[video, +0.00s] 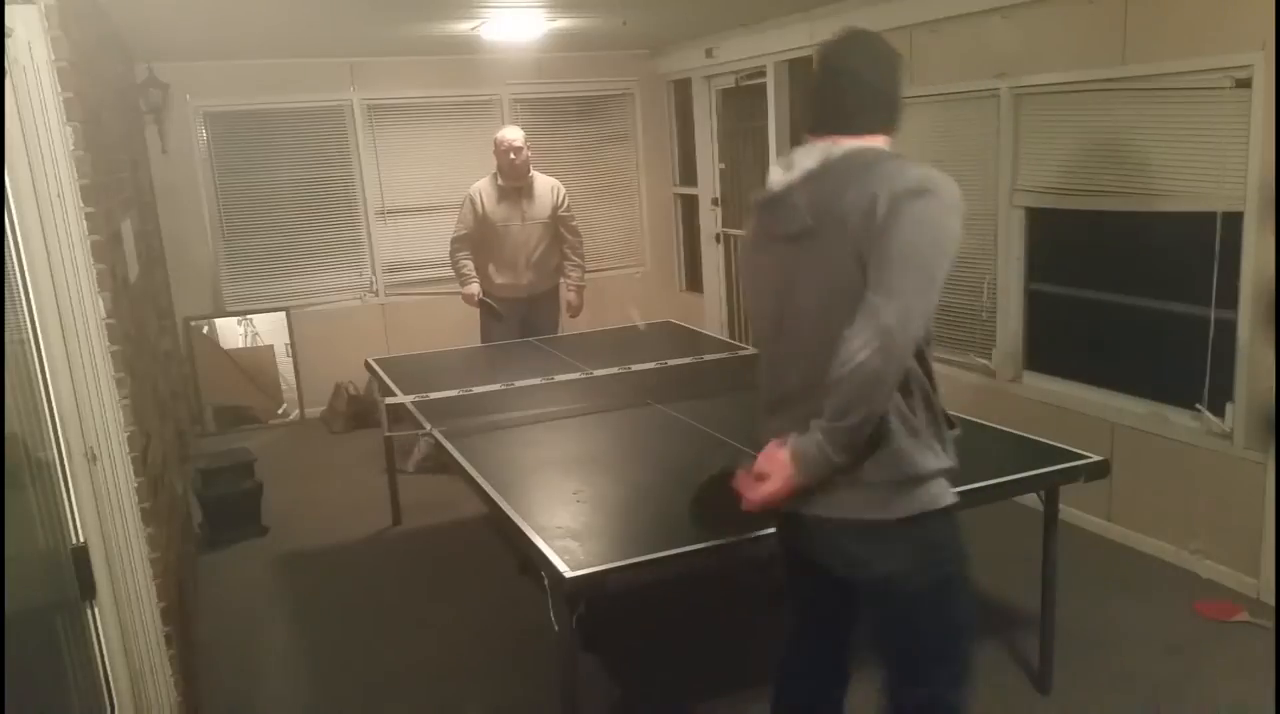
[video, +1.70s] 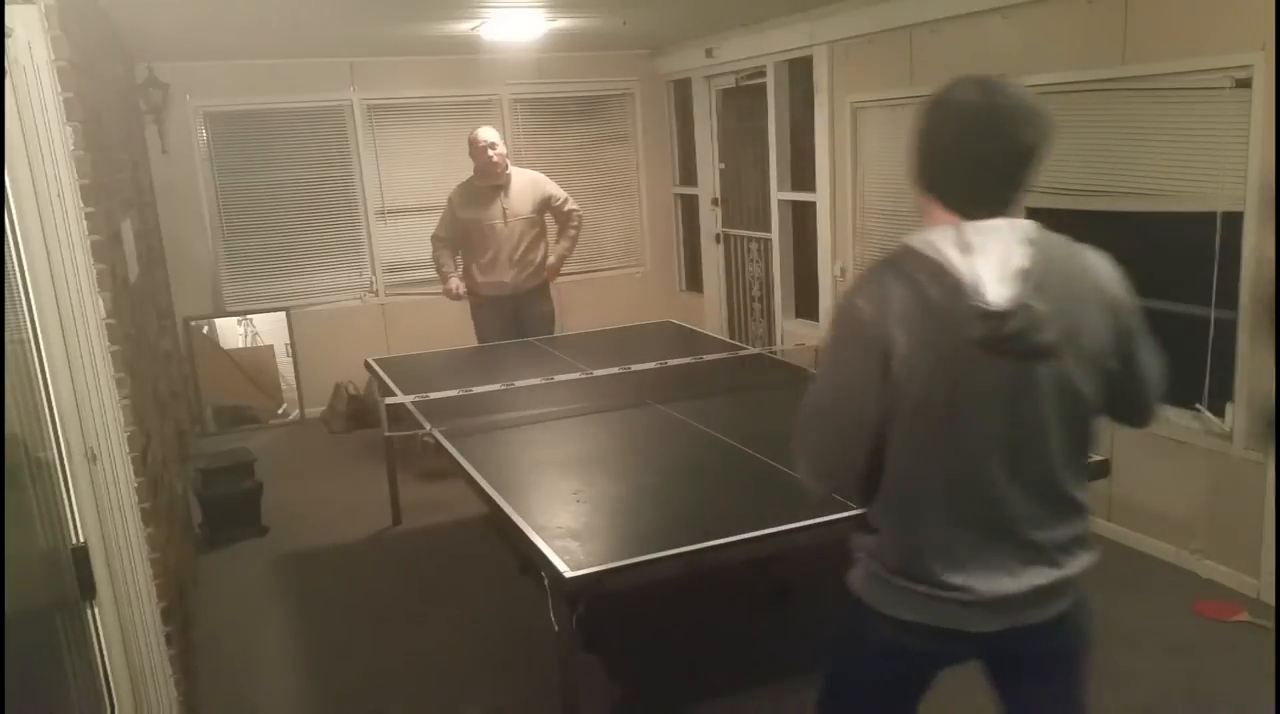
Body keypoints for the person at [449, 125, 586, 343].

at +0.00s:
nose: (512, 157)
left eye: (517, 150)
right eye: (505, 151)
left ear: (528, 151)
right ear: (495, 155)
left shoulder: (552, 189)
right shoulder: (478, 195)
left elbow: (572, 242)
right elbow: (460, 245)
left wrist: (574, 287)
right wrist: (469, 281)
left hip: (543, 299)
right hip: (498, 302)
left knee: (545, 369)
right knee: (500, 372)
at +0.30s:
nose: (527, 165)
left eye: (530, 157)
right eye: (519, 159)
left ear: (536, 155)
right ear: (503, 157)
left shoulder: (554, 192)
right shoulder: (484, 194)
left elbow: (571, 243)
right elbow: (466, 244)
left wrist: (575, 287)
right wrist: (501, 278)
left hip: (544, 296)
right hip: (499, 300)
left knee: (550, 366)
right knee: (503, 368)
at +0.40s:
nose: (536, 172)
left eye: (539, 164)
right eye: (529, 165)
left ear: (544, 162)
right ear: (511, 161)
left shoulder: (557, 195)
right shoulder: (490, 196)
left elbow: (570, 248)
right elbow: (479, 249)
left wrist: (576, 287)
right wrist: (525, 278)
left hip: (546, 302)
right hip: (501, 303)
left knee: (552, 371)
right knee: (504, 371)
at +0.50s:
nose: (541, 177)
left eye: (545, 169)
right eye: (533, 171)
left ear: (549, 165)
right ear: (516, 165)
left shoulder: (557, 197)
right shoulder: (496, 197)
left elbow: (567, 248)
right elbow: (497, 250)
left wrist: (573, 291)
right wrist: (550, 266)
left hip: (545, 296)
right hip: (503, 299)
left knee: (554, 363)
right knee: (506, 367)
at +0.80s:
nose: (535, 162)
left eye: (539, 155)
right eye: (527, 156)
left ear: (544, 156)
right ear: (512, 158)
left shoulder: (555, 194)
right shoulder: (495, 192)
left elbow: (564, 244)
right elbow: (479, 240)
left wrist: (568, 285)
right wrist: (512, 256)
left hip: (548, 292)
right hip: (508, 295)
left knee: (555, 357)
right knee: (516, 359)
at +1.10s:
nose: (519, 156)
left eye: (525, 149)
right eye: (512, 151)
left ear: (535, 152)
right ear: (503, 156)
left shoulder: (555, 192)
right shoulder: (485, 190)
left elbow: (570, 246)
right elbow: (459, 233)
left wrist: (571, 289)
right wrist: (472, 263)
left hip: (542, 294)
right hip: (500, 296)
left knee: (544, 361)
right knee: (504, 363)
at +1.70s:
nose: (490, 152)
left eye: (494, 145)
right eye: (482, 148)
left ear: (505, 149)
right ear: (472, 156)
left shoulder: (535, 182)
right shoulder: (460, 197)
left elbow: (571, 214)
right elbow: (441, 241)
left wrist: (557, 258)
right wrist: (449, 276)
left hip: (533, 295)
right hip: (487, 302)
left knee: (542, 365)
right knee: (498, 369)